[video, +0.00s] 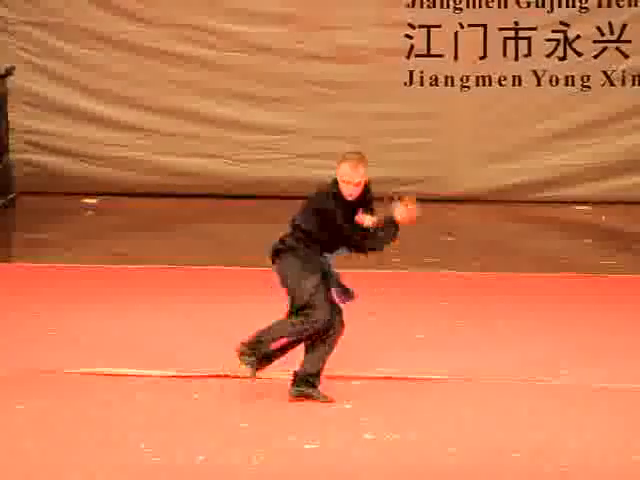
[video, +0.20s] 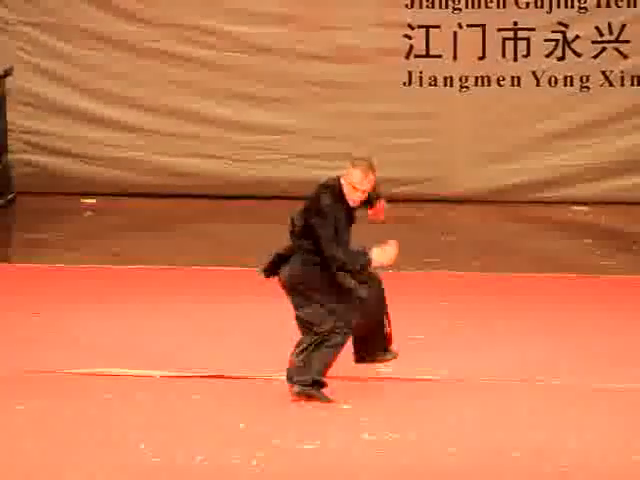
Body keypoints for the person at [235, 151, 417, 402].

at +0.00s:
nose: (352, 190)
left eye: (358, 184)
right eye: (347, 183)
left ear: (366, 181)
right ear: (337, 178)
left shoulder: (362, 198)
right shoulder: (324, 202)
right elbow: (357, 242)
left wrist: (372, 222)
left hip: (315, 262)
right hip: (294, 257)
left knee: (332, 321)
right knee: (317, 315)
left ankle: (305, 382)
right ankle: (253, 349)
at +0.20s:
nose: (359, 197)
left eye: (365, 192)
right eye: (355, 190)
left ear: (370, 187)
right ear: (344, 179)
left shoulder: (339, 192)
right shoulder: (326, 203)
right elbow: (333, 254)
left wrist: (372, 204)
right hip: (302, 271)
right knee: (337, 322)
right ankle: (305, 381)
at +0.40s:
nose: (377, 236)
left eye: (381, 230)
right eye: (373, 229)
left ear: (382, 223)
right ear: (358, 221)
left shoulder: (354, 207)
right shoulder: (342, 239)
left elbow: (350, 171)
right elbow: (322, 261)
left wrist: (343, 131)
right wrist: (306, 287)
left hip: (321, 288)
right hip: (299, 292)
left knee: (363, 321)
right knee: (346, 340)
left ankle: (336, 372)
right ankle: (312, 376)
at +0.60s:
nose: (383, 222)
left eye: (386, 215)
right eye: (380, 215)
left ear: (366, 203)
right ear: (367, 210)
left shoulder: (352, 202)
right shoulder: (350, 230)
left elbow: (339, 187)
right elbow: (339, 274)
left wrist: (327, 171)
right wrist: (353, 304)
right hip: (302, 291)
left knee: (360, 322)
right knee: (348, 332)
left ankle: (343, 373)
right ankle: (311, 379)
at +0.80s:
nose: (308, 149)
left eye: (310, 144)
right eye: (311, 144)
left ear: (318, 147)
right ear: (339, 146)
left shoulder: (300, 182)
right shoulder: (364, 182)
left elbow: (294, 224)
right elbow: (383, 224)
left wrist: (297, 261)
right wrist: (391, 264)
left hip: (318, 268)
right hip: (355, 265)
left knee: (300, 327)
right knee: (345, 314)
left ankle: (325, 376)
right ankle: (338, 368)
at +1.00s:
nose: (296, 149)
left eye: (302, 142)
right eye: (292, 142)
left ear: (316, 142)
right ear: (289, 143)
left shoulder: (333, 172)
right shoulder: (302, 174)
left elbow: (365, 200)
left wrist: (387, 238)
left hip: (351, 252)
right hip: (323, 250)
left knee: (332, 315)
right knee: (301, 307)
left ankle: (338, 381)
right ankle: (306, 368)